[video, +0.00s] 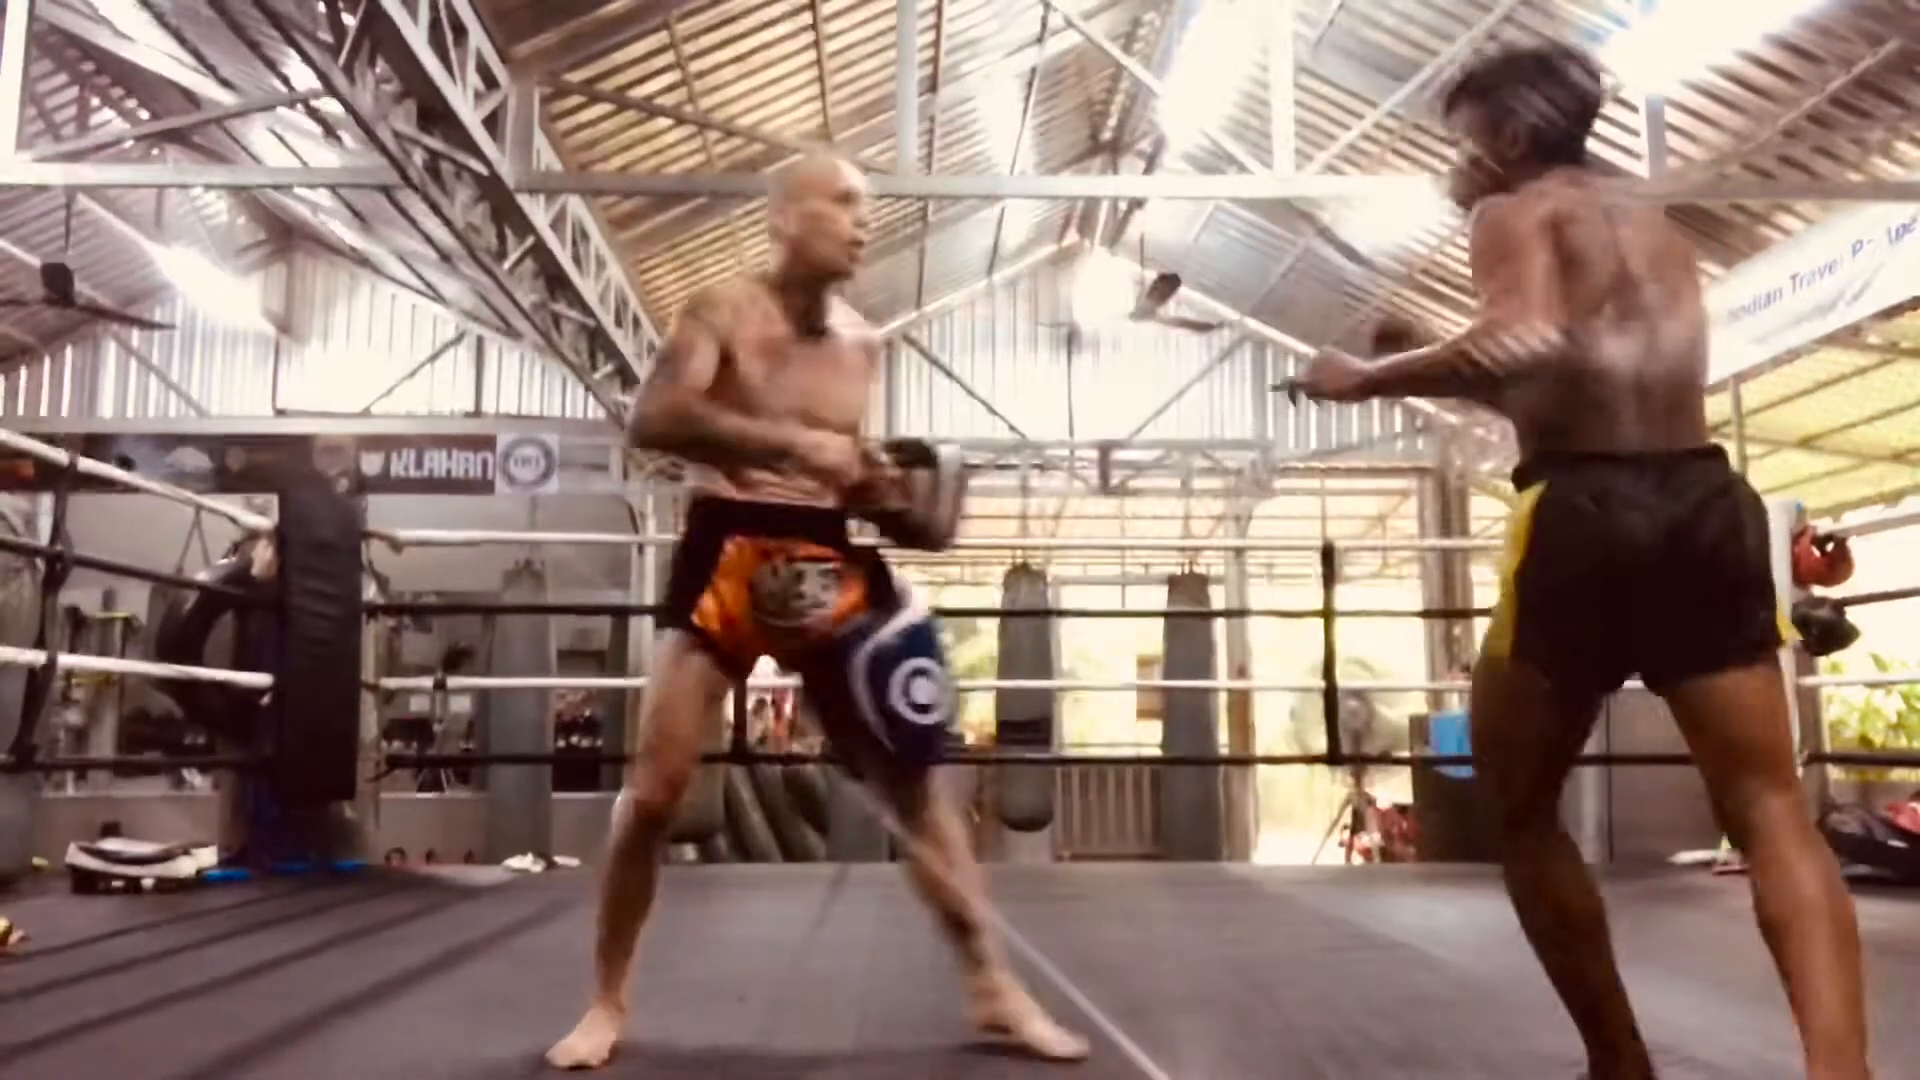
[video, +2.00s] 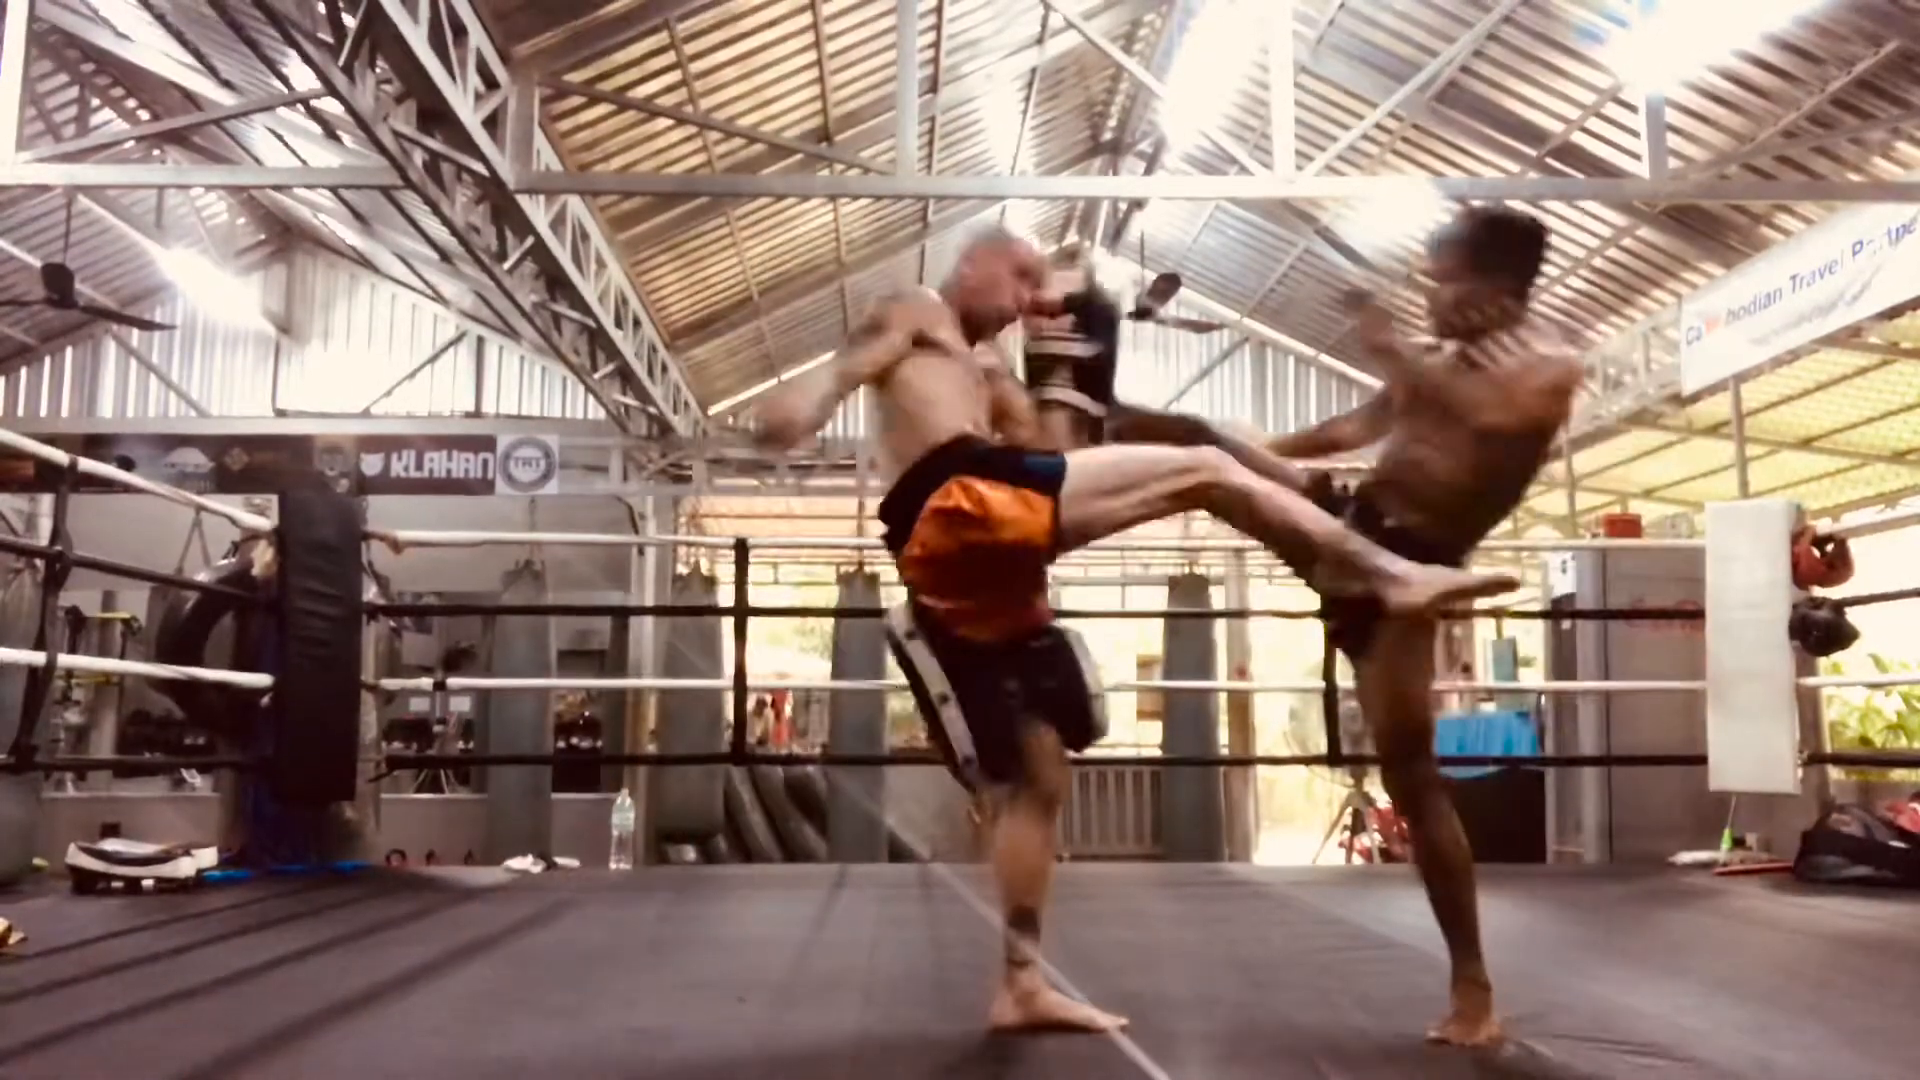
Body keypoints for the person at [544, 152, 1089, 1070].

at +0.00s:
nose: (863, 222)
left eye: (864, 207)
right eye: (844, 203)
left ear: (845, 225)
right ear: (786, 214)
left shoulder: (860, 347)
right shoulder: (721, 313)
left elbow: (849, 461)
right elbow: (656, 418)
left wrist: (895, 494)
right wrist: (793, 440)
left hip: (832, 563)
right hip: (726, 558)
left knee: (921, 780)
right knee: (653, 794)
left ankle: (992, 990)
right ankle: (606, 1004)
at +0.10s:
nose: (841, 208)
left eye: (839, 193)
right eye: (823, 191)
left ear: (789, 211)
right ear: (762, 206)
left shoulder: (814, 338)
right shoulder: (706, 293)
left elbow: (792, 451)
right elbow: (690, 397)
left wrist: (843, 473)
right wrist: (825, 409)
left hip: (793, 547)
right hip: (694, 541)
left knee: (859, 773)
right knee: (649, 788)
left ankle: (907, 989)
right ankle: (604, 1004)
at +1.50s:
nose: (881, 300)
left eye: (881, 284)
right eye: (868, 280)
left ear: (833, 287)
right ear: (816, 278)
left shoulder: (815, 385)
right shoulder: (733, 333)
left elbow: (833, 497)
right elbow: (740, 425)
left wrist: (904, 433)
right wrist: (884, 450)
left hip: (751, 576)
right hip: (665, 563)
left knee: (877, 745)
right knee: (572, 796)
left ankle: (876, 962)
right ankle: (473, 996)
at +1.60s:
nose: (918, 308)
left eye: (920, 296)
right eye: (906, 289)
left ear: (897, 305)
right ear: (857, 286)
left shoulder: (846, 387)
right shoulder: (816, 338)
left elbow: (862, 489)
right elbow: (956, 374)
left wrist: (954, 411)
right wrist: (979, 311)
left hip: (808, 589)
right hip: (744, 577)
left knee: (943, 768)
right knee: (626, 802)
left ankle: (999, 974)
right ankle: (482, 985)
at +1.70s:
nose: (962, 333)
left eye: (963, 322)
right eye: (952, 317)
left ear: (915, 316)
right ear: (905, 306)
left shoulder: (902, 387)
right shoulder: (871, 344)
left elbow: (953, 471)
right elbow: (1015, 362)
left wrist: (982, 366)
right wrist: (1125, 324)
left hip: (882, 590)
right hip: (849, 582)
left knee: (1013, 777)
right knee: (830, 809)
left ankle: (1020, 984)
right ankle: (604, 905)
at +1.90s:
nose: (1028, 328)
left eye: (1032, 320)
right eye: (1019, 305)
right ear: (967, 288)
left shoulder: (966, 398)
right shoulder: (911, 323)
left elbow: (1030, 468)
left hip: (919, 586)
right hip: (926, 511)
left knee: (1021, 775)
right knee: (1158, 530)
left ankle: (1020, 981)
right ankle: (1237, 576)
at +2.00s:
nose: (1029, 300)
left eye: (1034, 290)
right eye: (1022, 279)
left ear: (1011, 296)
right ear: (974, 265)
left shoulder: (985, 371)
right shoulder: (919, 318)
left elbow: (1047, 458)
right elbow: (808, 400)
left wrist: (1049, 366)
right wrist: (803, 409)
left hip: (959, 566)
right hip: (968, 494)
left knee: (1039, 774)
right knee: (1204, 462)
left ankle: (1024, 980)